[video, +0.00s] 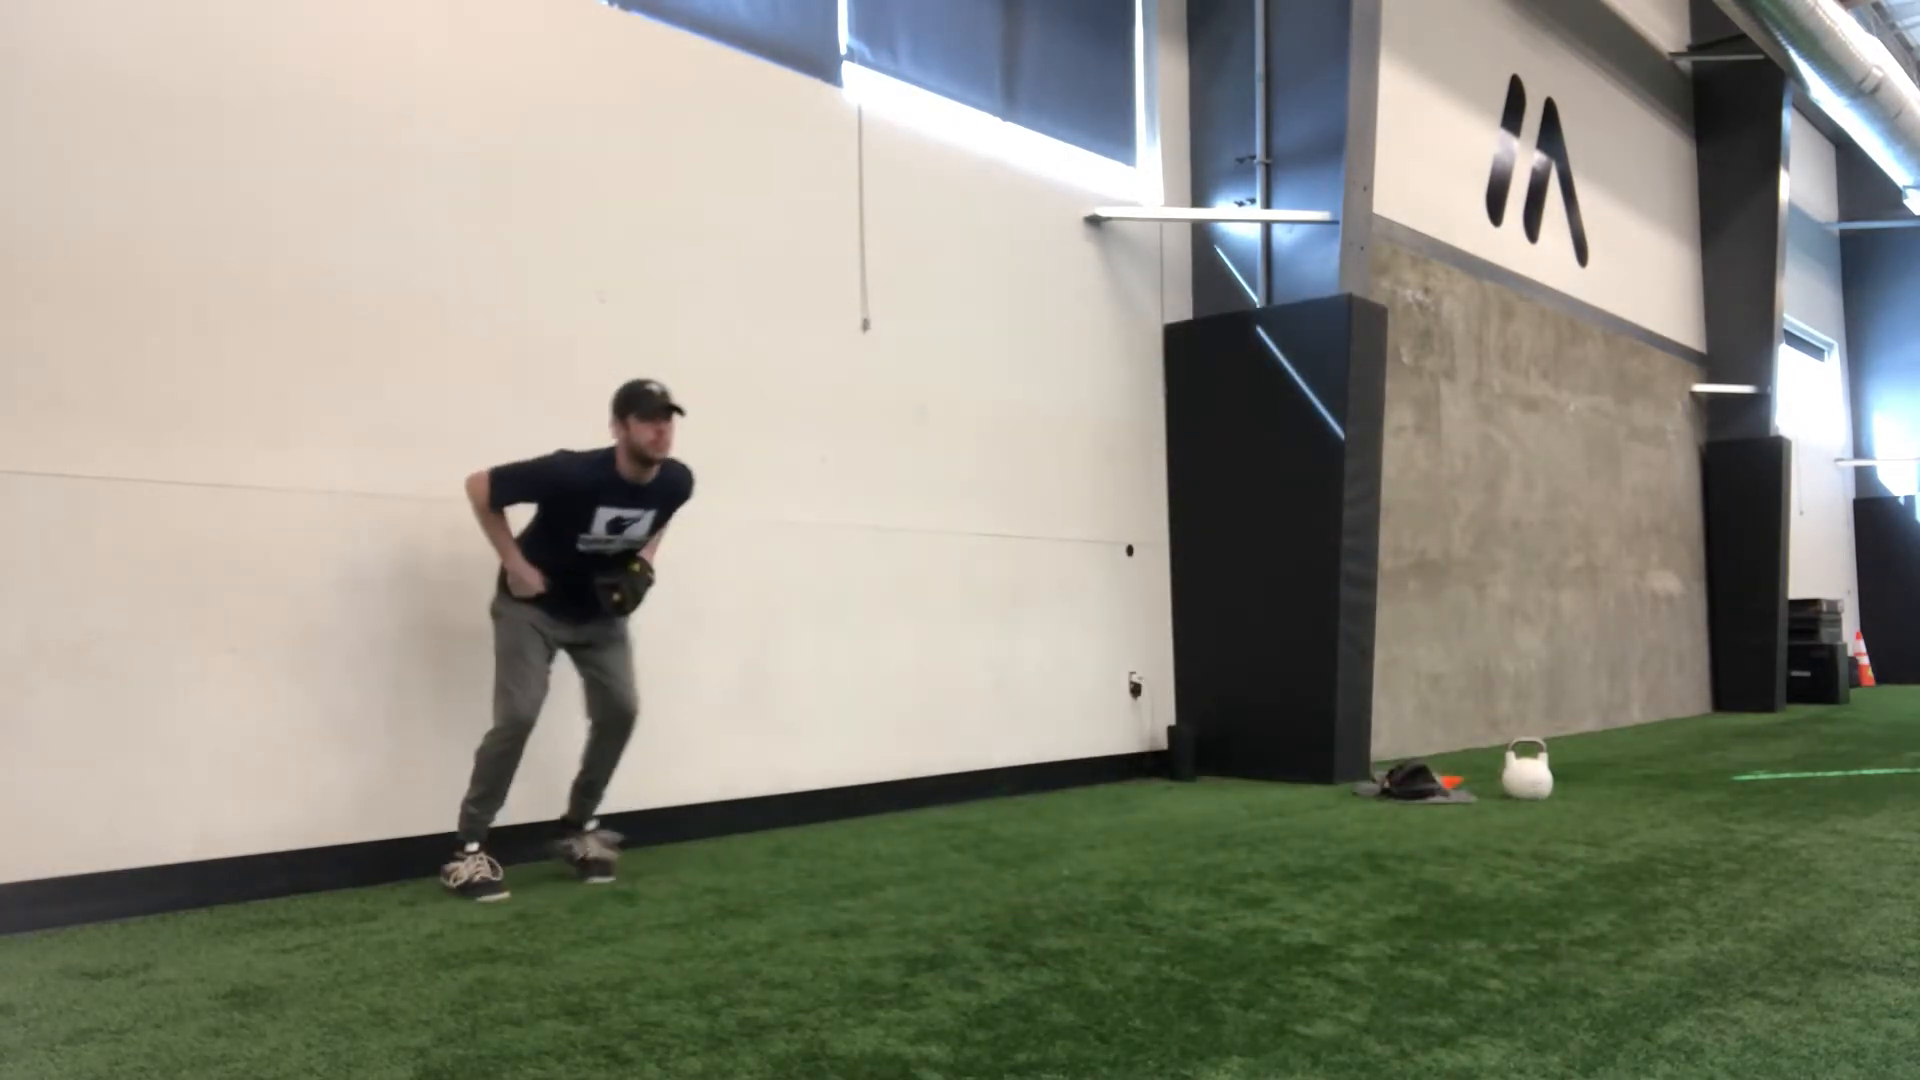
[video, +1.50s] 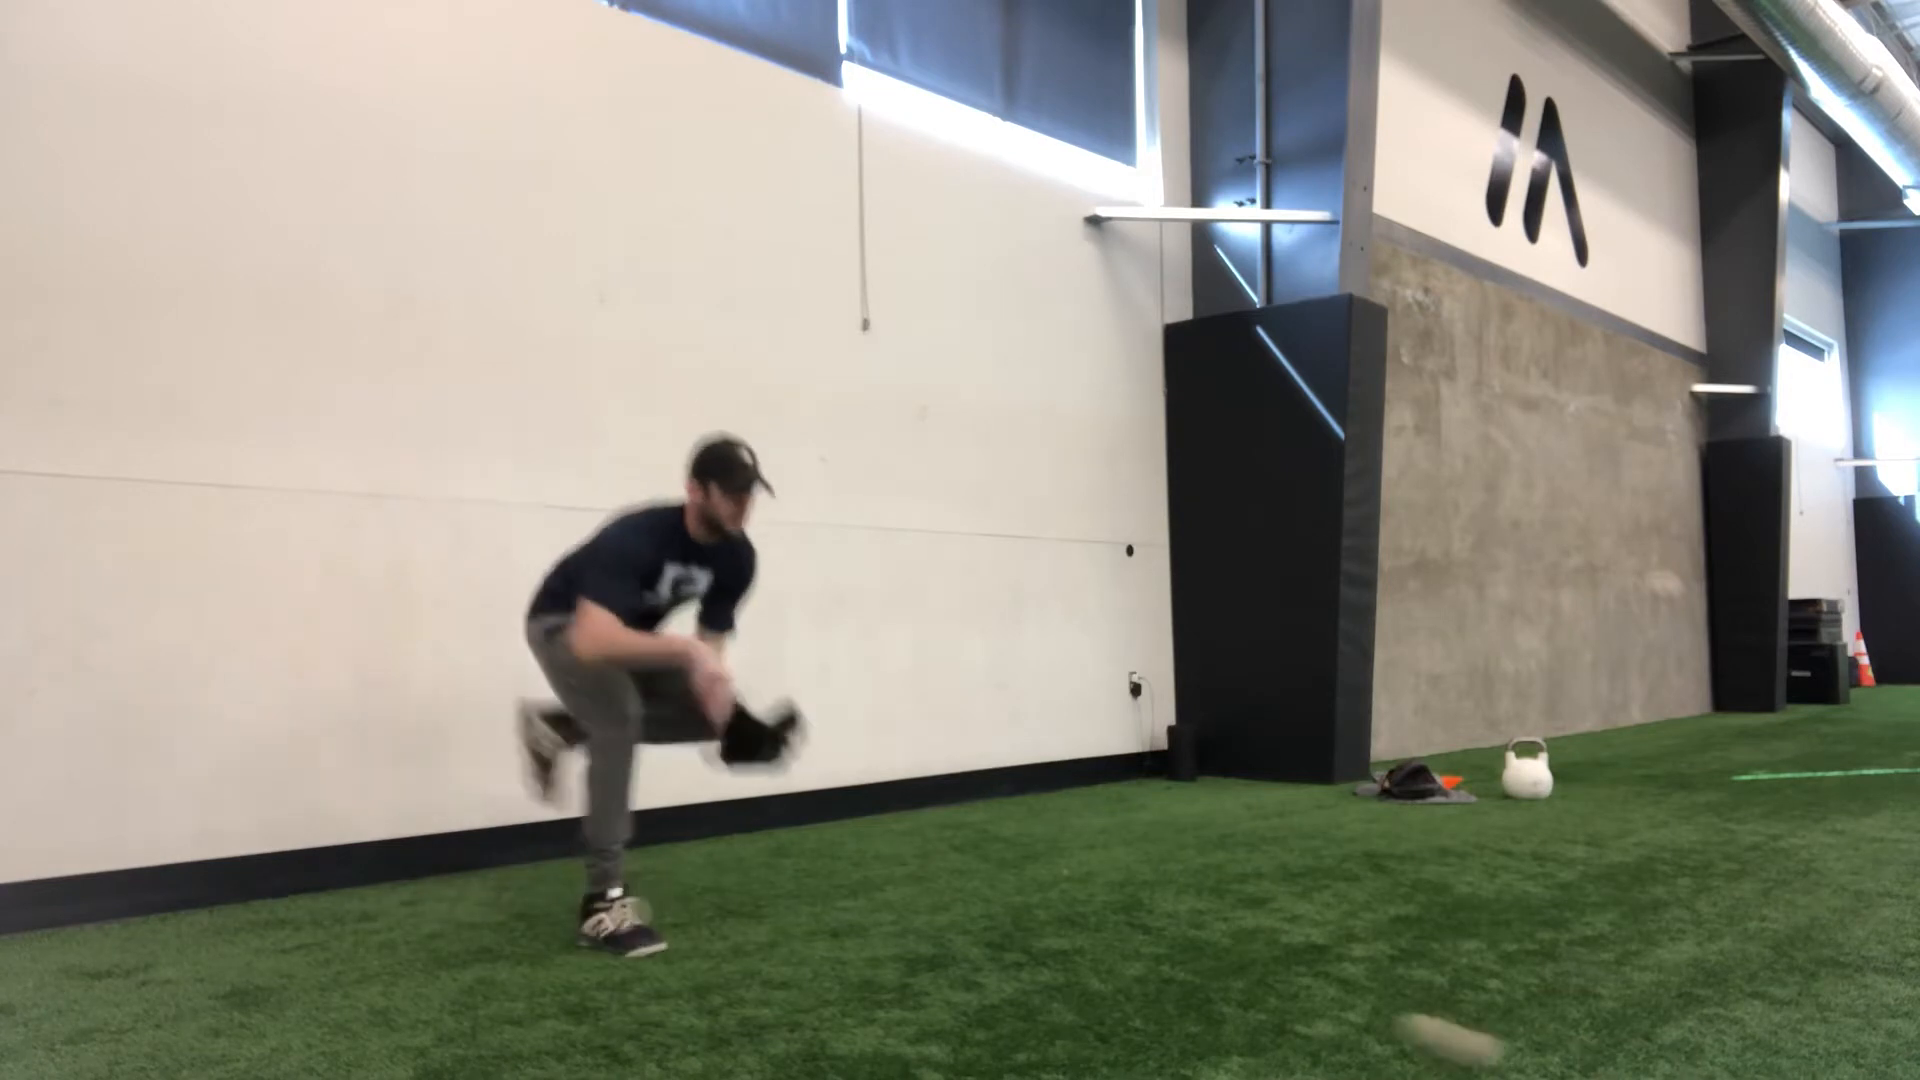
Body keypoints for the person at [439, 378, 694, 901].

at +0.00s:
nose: (662, 431)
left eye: (668, 420)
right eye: (650, 420)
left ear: (674, 426)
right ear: (620, 426)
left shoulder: (675, 484)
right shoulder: (572, 473)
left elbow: (658, 522)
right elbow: (481, 487)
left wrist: (644, 561)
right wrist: (514, 563)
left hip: (600, 615)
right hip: (531, 606)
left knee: (620, 713)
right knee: (518, 716)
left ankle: (576, 832)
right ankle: (468, 850)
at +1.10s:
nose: (673, 460)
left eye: (678, 450)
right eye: (660, 449)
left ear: (685, 454)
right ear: (628, 453)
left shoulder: (669, 514)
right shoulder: (571, 496)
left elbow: (658, 554)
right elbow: (471, 521)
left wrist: (649, 599)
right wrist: (521, 590)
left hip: (571, 625)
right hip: (506, 615)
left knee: (583, 740)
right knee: (535, 719)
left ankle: (529, 848)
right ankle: (470, 827)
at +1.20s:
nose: (686, 470)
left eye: (691, 460)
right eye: (674, 459)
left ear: (698, 464)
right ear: (641, 461)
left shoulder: (681, 528)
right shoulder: (585, 503)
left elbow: (683, 589)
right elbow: (482, 542)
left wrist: (674, 633)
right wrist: (546, 592)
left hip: (579, 629)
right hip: (517, 609)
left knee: (590, 753)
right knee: (573, 692)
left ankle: (528, 847)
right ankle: (501, 814)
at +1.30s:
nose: (707, 467)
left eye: (712, 456)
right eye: (695, 455)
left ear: (718, 459)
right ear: (660, 455)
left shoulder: (700, 523)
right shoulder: (605, 494)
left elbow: (693, 605)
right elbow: (497, 555)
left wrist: (698, 646)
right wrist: (582, 591)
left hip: (583, 610)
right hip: (526, 591)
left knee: (591, 742)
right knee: (589, 658)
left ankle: (536, 840)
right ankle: (560, 821)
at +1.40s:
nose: (725, 474)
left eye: (731, 463)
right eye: (714, 461)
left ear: (736, 464)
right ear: (679, 457)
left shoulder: (719, 526)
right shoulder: (625, 499)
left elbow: (699, 619)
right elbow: (536, 588)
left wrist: (708, 674)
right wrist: (628, 613)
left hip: (608, 613)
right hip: (547, 603)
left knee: (644, 730)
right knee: (590, 704)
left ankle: (524, 772)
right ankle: (594, 877)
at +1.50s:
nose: (742, 505)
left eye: (748, 494)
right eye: (732, 493)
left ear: (752, 495)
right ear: (697, 490)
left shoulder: (735, 558)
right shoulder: (640, 535)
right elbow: (590, 638)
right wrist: (688, 653)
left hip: (626, 638)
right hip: (560, 630)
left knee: (706, 709)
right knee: (616, 715)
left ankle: (558, 728)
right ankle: (604, 903)